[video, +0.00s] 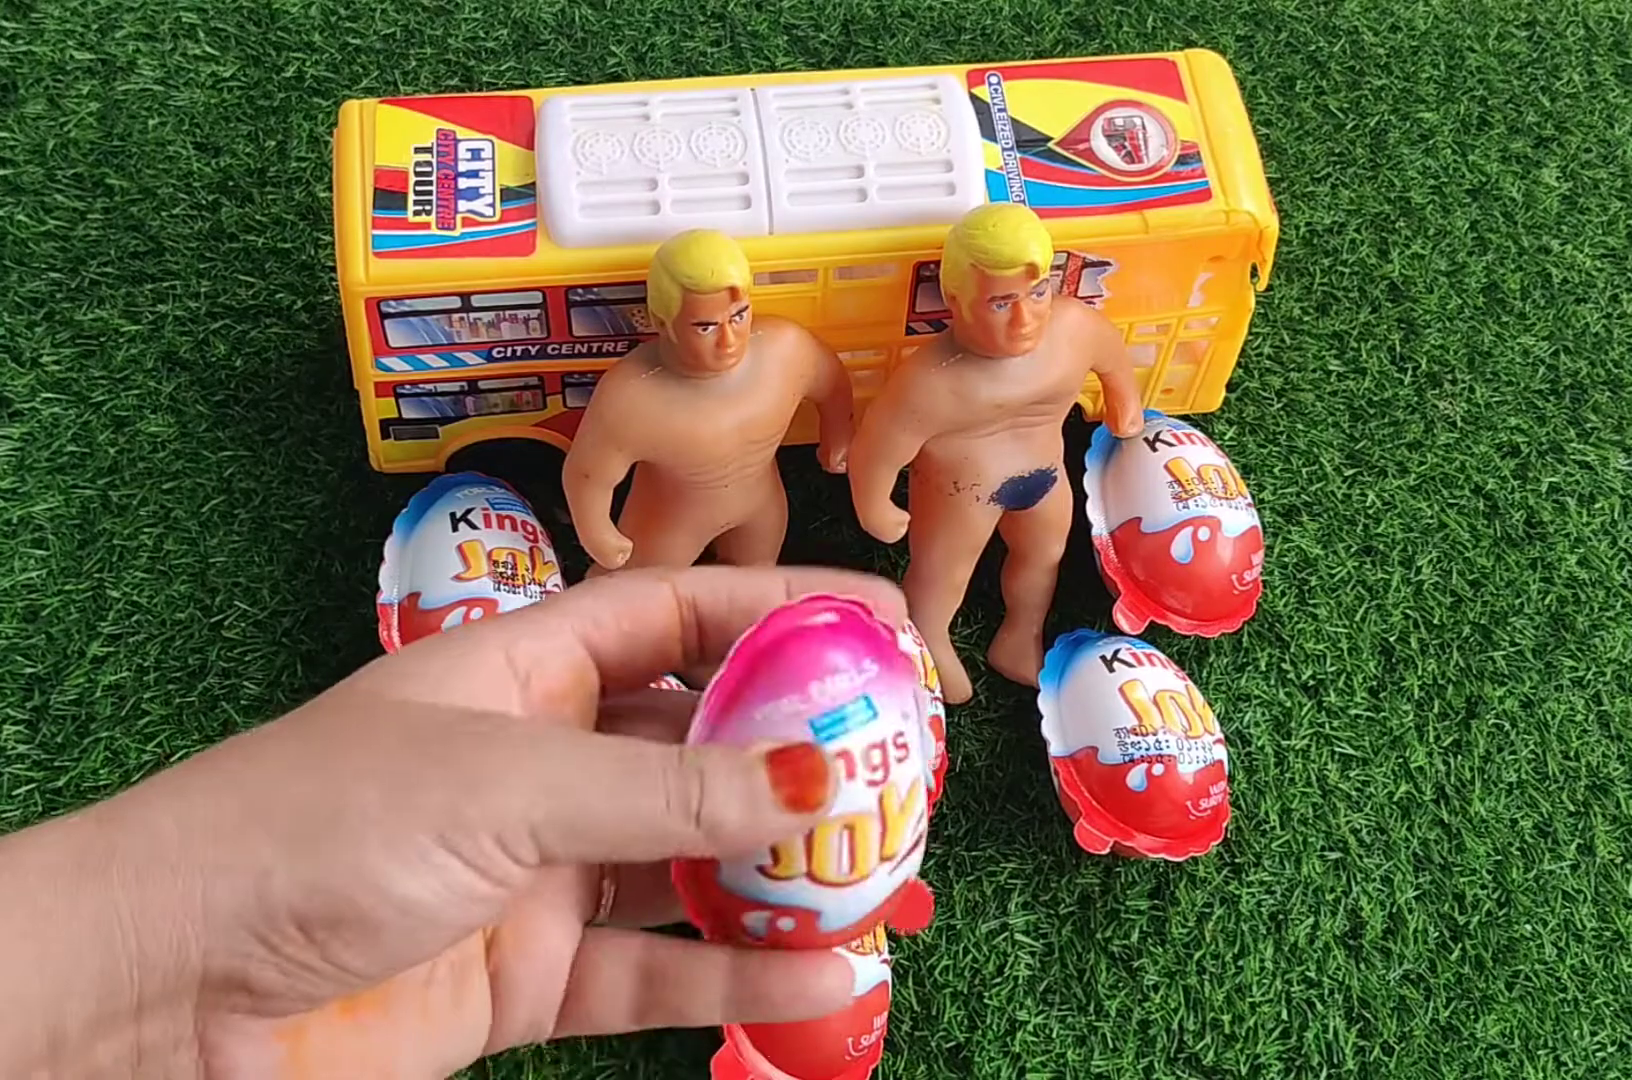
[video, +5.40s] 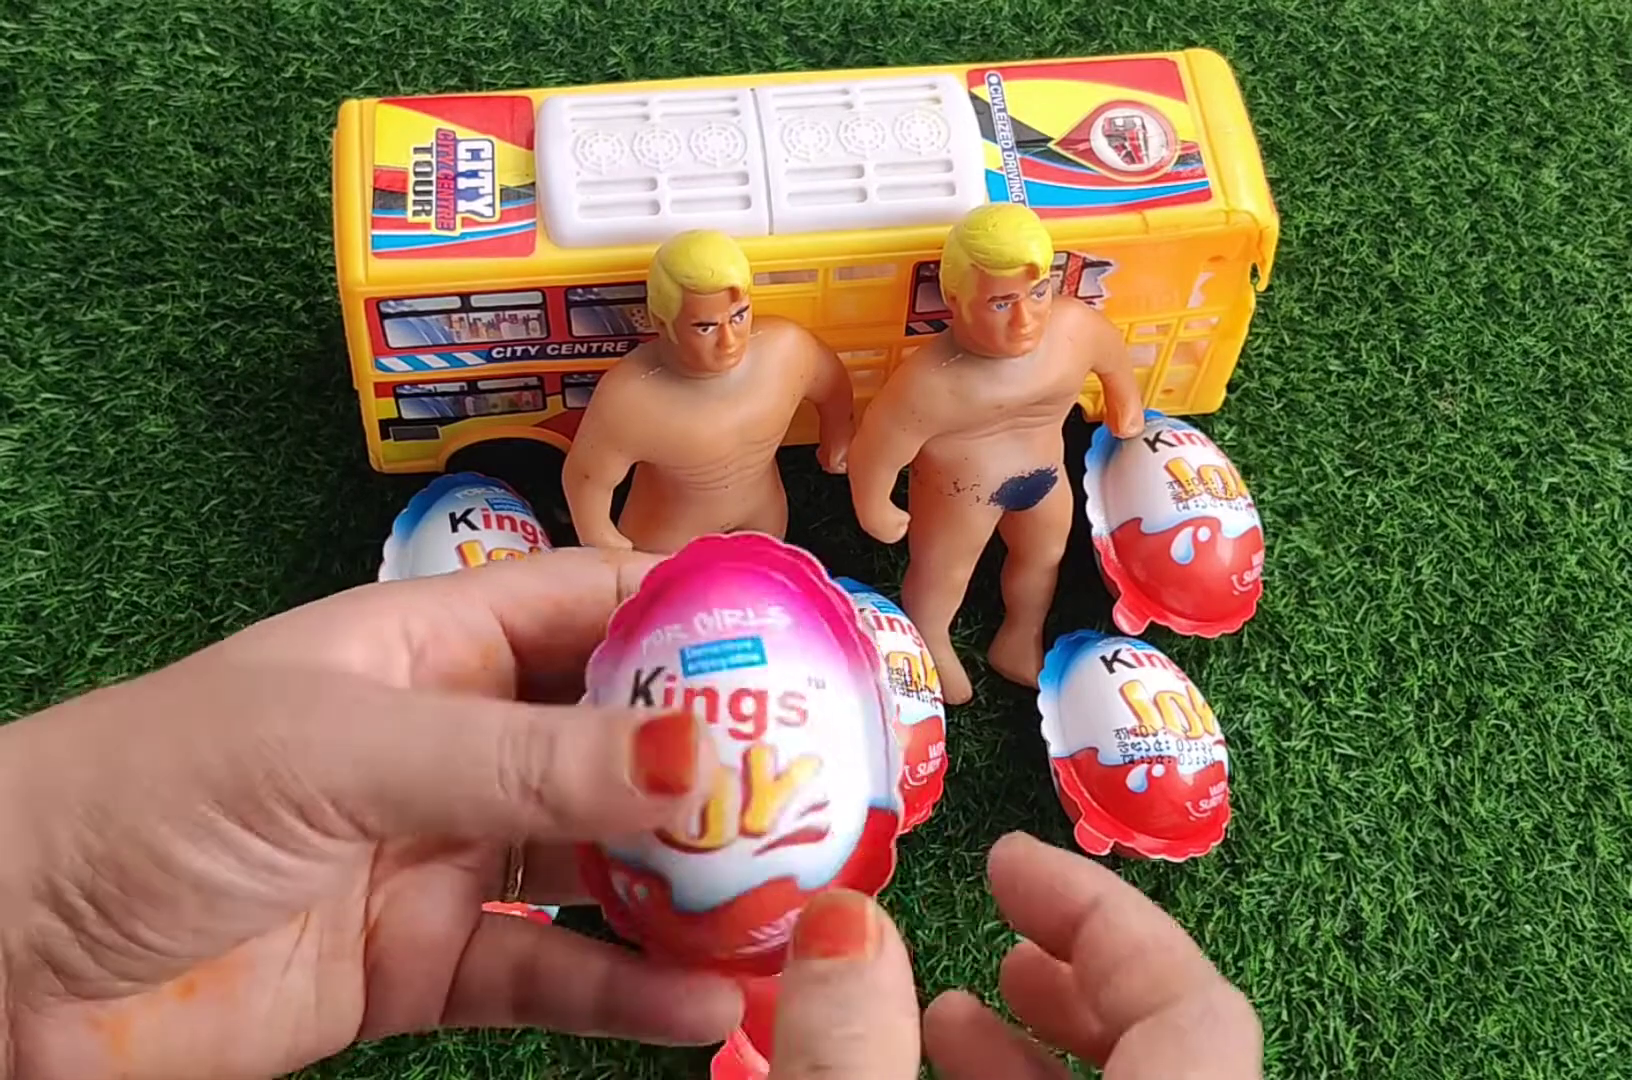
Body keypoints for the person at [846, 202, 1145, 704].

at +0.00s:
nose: (1023, 316)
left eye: (1036, 294)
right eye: (999, 302)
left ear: (1050, 284)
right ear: (953, 304)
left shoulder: (1079, 327)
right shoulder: (927, 382)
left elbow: (1113, 360)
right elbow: (874, 453)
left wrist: (1126, 408)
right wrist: (877, 514)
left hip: (1045, 475)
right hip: (959, 489)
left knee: (1041, 559)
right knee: (942, 575)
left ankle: (1021, 641)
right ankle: (930, 641)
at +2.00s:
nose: (1025, 318)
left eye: (1037, 294)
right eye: (1000, 303)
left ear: (1052, 284)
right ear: (952, 303)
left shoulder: (1079, 327)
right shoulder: (927, 382)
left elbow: (1116, 364)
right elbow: (870, 466)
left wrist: (1127, 412)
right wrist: (886, 548)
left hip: (1044, 477)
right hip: (959, 489)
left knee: (1040, 563)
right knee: (947, 571)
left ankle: (1023, 645)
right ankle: (936, 649)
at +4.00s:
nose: (1024, 317)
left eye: (1036, 295)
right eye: (1000, 303)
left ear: (1050, 283)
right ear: (953, 302)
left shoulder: (1077, 327)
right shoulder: (926, 383)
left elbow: (1114, 360)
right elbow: (874, 452)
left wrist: (1126, 409)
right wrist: (876, 512)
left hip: (1045, 477)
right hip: (959, 492)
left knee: (1041, 561)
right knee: (943, 580)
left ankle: (1020, 643)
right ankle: (931, 650)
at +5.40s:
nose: (1024, 317)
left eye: (1036, 295)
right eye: (1000, 303)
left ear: (1050, 284)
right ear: (953, 304)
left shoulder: (1078, 327)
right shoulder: (926, 384)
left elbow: (1114, 361)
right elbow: (873, 453)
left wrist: (1127, 408)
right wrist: (877, 515)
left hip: (1045, 476)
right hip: (959, 492)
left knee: (1041, 560)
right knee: (941, 576)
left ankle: (1020, 642)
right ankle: (931, 644)